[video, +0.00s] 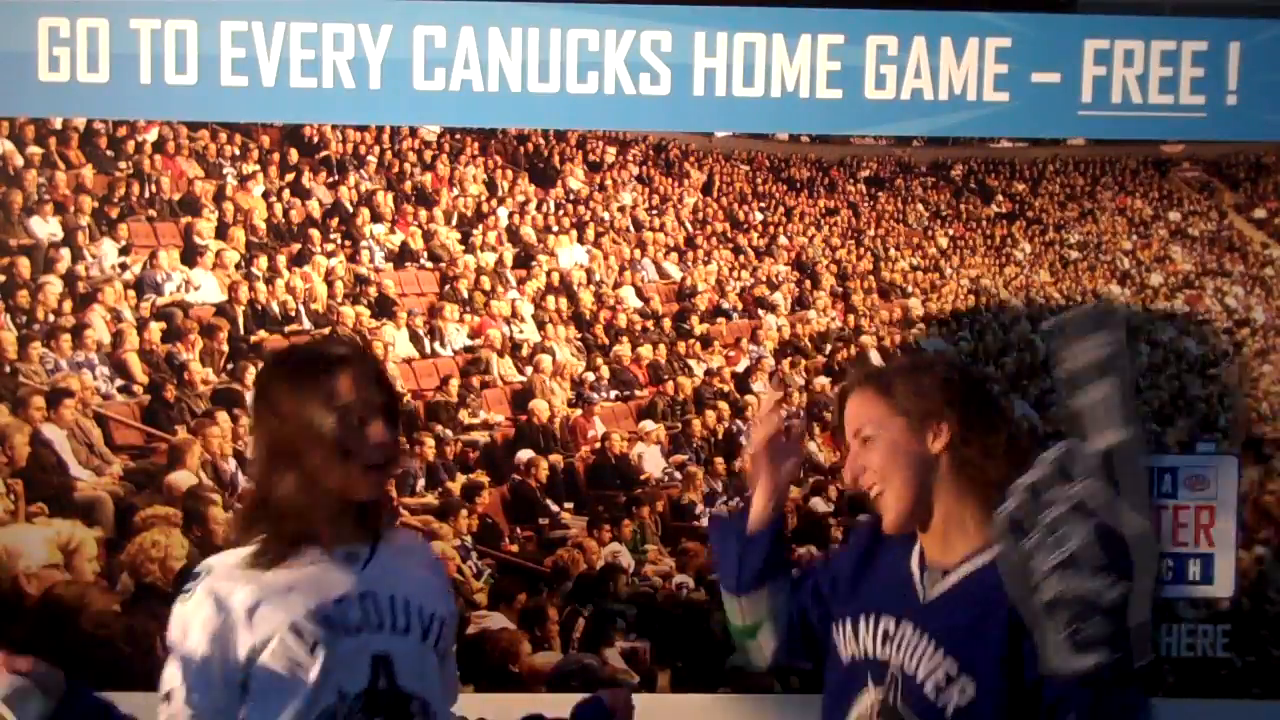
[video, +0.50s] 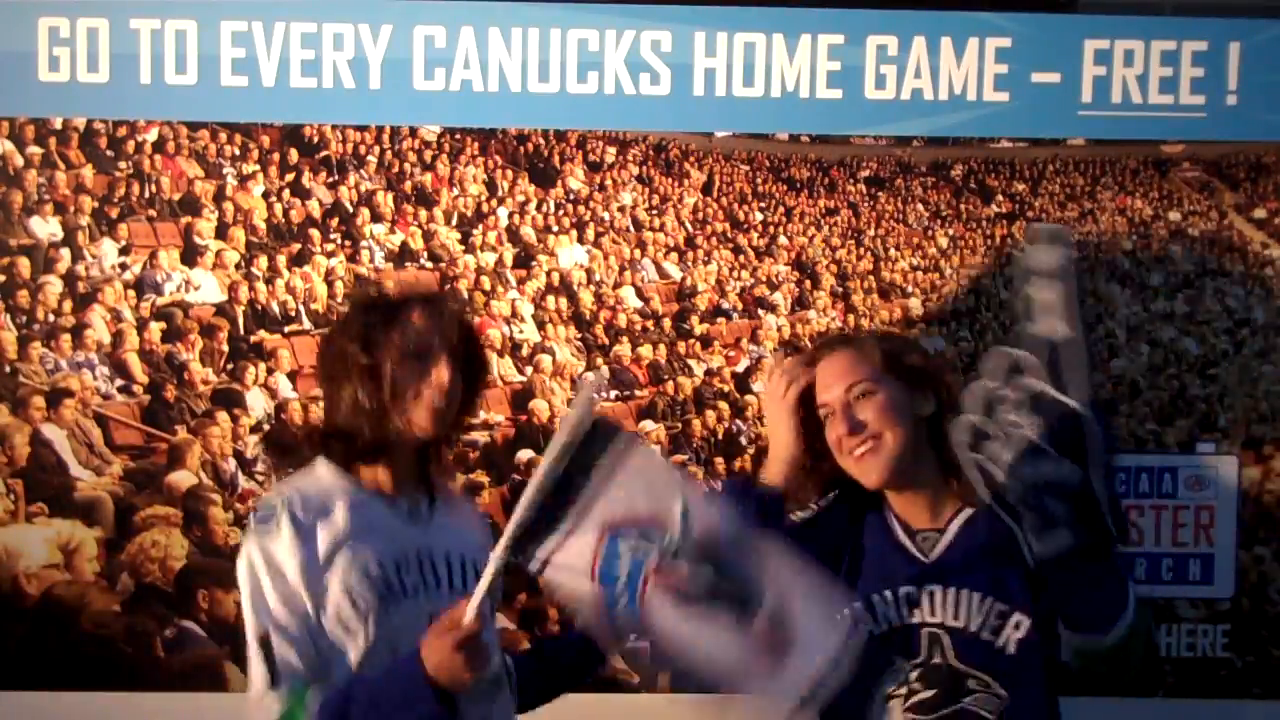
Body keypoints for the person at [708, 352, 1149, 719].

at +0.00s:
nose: (850, 472)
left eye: (866, 440)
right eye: (849, 450)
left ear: (937, 434)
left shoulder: (1042, 590)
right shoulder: (867, 557)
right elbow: (766, 644)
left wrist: (1087, 632)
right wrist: (765, 498)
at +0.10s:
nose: (850, 436)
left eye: (867, 408)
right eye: (847, 413)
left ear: (939, 404)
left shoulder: (1026, 568)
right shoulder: (855, 529)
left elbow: (1078, 716)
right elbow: (729, 555)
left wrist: (1127, 653)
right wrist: (794, 416)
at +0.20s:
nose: (840, 432)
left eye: (868, 404)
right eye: (843, 409)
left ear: (939, 415)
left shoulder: (1024, 558)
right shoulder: (847, 529)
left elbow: (1066, 709)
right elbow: (720, 538)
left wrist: (1110, 635)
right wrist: (799, 407)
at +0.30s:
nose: (837, 459)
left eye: (867, 436)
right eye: (834, 437)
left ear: (933, 447)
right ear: (826, 446)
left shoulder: (1024, 573)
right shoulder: (842, 557)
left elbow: (1082, 705)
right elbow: (717, 589)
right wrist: (801, 437)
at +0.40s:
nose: (844, 443)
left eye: (864, 417)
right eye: (832, 429)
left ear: (925, 416)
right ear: (820, 446)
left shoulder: (1027, 548)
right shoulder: (839, 548)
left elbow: (1080, 709)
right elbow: (718, 610)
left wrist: (1087, 566)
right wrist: (783, 457)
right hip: (869, 710)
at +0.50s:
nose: (845, 427)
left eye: (862, 397)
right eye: (828, 416)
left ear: (920, 398)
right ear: (823, 440)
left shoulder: (1020, 527)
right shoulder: (835, 540)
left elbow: (1105, 636)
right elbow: (739, 607)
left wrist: (1052, 497)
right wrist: (778, 468)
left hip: (1002, 706)